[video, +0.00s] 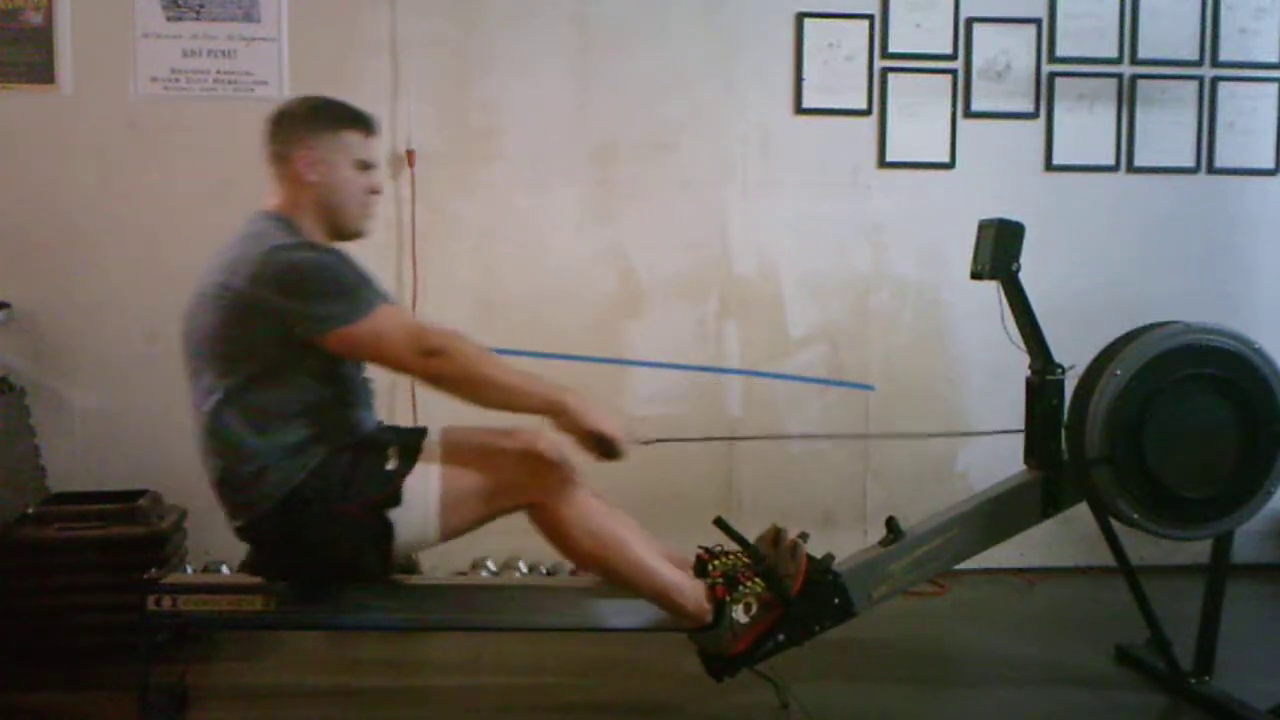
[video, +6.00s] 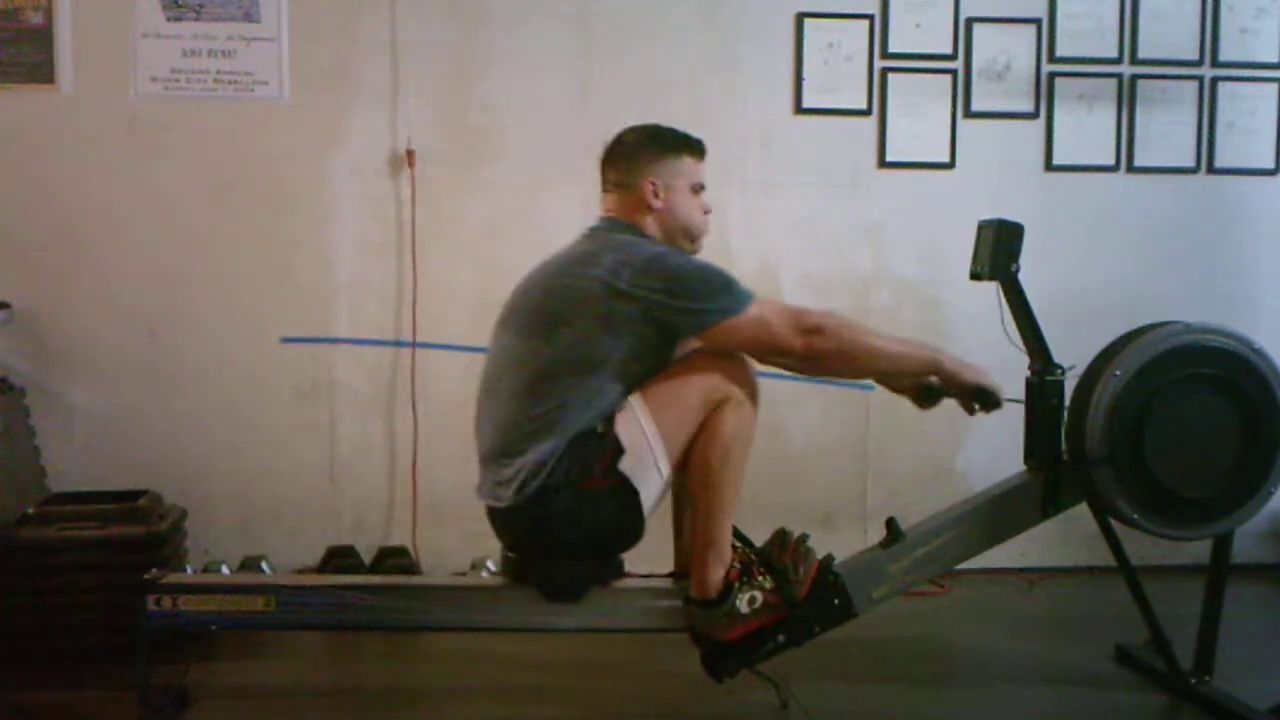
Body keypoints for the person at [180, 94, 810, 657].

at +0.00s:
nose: (378, 188)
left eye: (376, 169)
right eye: (362, 167)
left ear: (304, 172)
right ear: (302, 169)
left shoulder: (276, 255)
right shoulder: (288, 263)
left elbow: (424, 352)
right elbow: (429, 351)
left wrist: (554, 406)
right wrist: (560, 406)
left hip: (319, 488)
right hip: (315, 502)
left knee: (538, 461)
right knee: (538, 466)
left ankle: (703, 587)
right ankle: (708, 616)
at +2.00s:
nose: (191, 206)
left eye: (188, 190)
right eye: (171, 189)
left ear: (139, 202)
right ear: (109, 201)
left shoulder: (151, 294)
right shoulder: (96, 298)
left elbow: (158, 414)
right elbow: (101, 435)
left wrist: (265, 380)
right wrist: (238, 366)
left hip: (306, 472)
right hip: (278, 502)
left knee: (500, 508)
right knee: (493, 529)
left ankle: (705, 593)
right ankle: (708, 611)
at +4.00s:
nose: (349, 166)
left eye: (345, 147)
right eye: (331, 148)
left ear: (281, 159)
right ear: (275, 154)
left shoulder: (267, 247)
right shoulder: (282, 252)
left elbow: (429, 318)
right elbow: (433, 320)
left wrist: (565, 346)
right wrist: (572, 348)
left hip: (319, 484)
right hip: (324, 496)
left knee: (533, 449)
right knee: (539, 457)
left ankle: (696, 598)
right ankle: (706, 612)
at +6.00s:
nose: (706, 208)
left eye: (703, 192)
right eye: (696, 191)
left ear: (642, 197)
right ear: (653, 195)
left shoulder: (599, 259)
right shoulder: (642, 266)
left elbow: (772, 336)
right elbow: (801, 336)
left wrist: (887, 372)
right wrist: (939, 364)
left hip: (531, 512)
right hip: (558, 517)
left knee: (716, 366)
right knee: (728, 379)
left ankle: (702, 567)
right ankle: (717, 594)